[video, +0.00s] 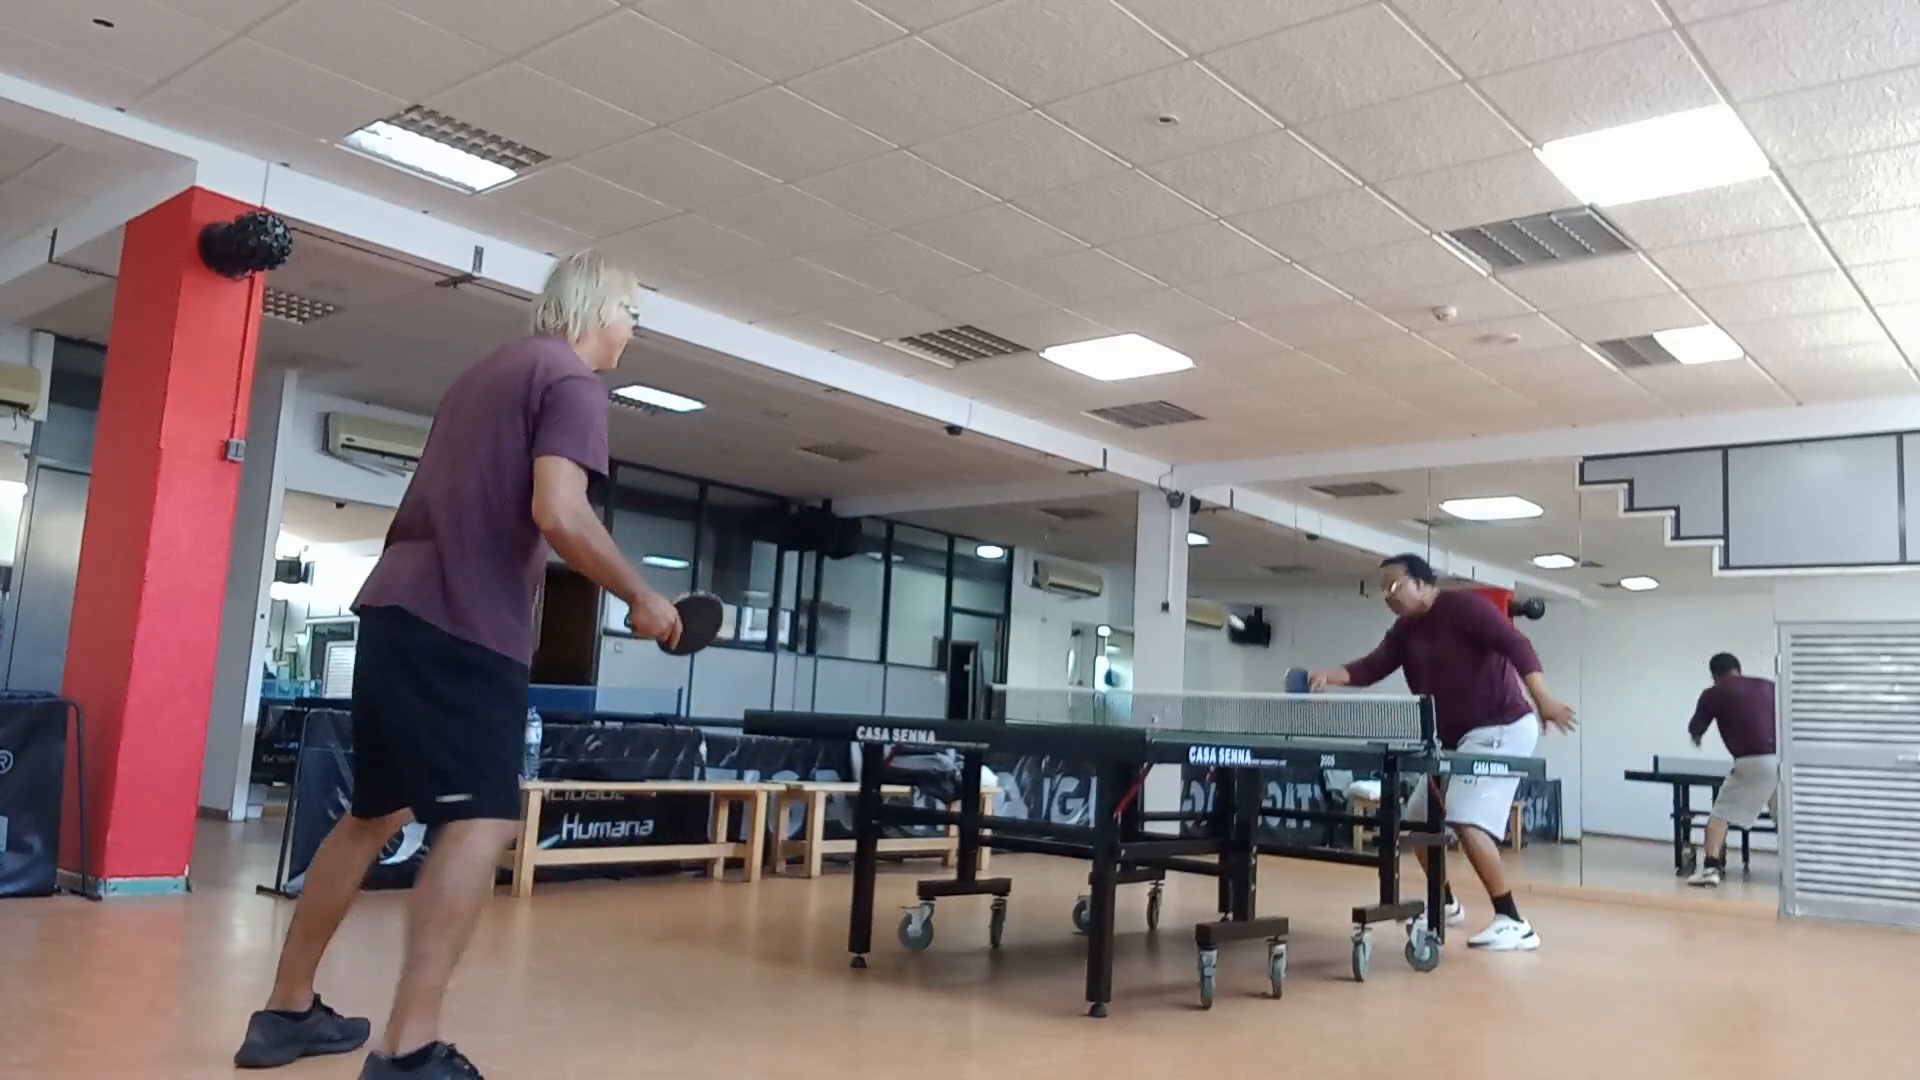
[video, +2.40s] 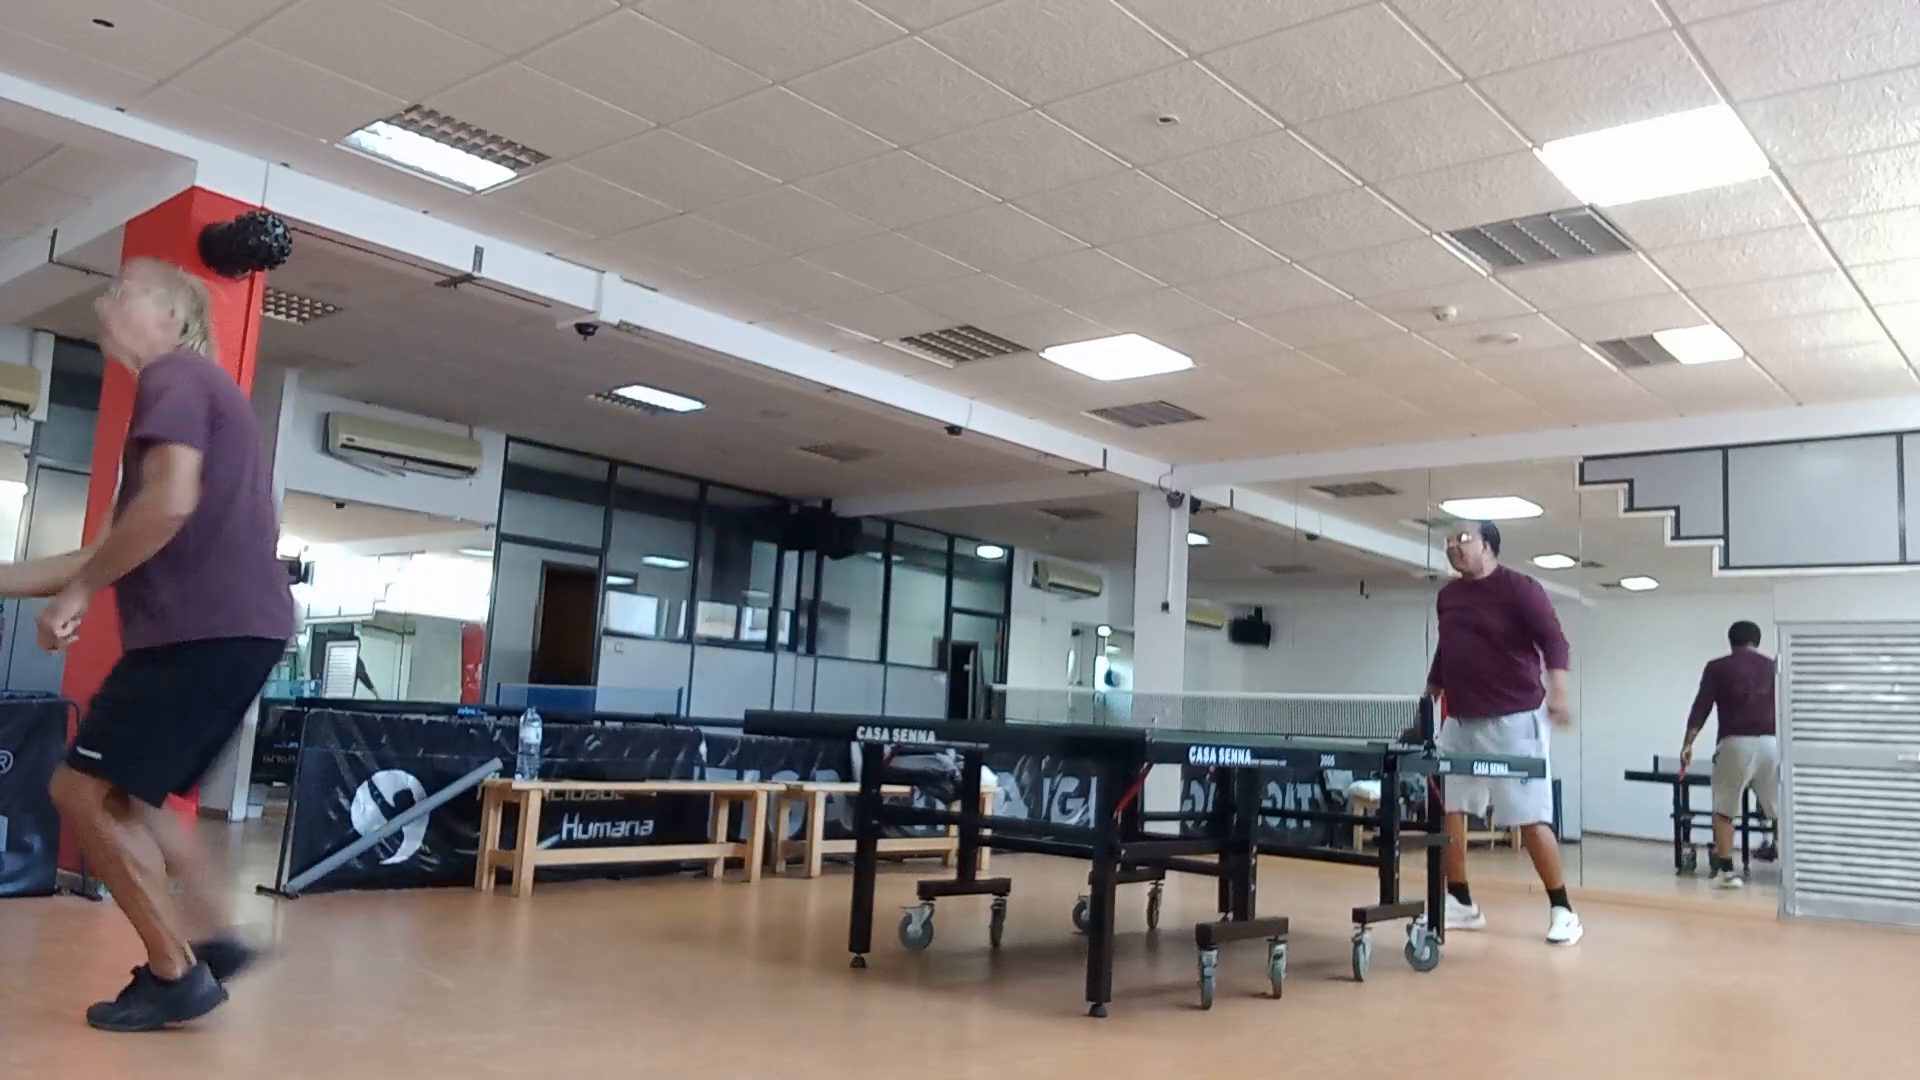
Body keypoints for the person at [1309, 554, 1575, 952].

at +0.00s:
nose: (1388, 597)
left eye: (1393, 586)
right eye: (1383, 592)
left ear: (1419, 581)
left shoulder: (1465, 605)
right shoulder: (1404, 632)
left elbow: (1517, 644)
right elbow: (1371, 667)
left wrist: (1542, 698)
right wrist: (1328, 676)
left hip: (1502, 728)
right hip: (1455, 739)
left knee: (1467, 818)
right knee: (1417, 822)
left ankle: (1512, 922)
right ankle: (1443, 902)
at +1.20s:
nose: (1434, 588)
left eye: (1442, 579)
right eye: (1428, 581)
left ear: (1464, 578)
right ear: (1423, 583)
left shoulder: (1497, 612)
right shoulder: (1416, 619)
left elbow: (1536, 669)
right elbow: (1393, 672)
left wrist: (1529, 727)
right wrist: (1381, 719)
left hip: (1500, 738)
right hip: (1442, 743)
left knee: (1526, 822)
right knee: (1401, 818)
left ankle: (1564, 912)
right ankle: (1384, 893)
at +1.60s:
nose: (1431, 595)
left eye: (1438, 586)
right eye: (1423, 588)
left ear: (1456, 580)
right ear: (1416, 586)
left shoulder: (1490, 607)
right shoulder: (1404, 613)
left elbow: (1542, 642)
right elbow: (1368, 644)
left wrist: (1561, 682)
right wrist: (1410, 661)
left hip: (1502, 732)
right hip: (1446, 737)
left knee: (1532, 817)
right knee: (1407, 819)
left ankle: (1571, 911)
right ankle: (1399, 897)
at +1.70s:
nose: (1422, 594)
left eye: (1429, 585)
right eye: (1414, 587)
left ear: (1447, 579)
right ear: (1407, 586)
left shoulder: (1480, 604)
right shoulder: (1399, 605)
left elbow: (1536, 619)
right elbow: (1359, 602)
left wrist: (1584, 650)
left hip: (1498, 735)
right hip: (1438, 739)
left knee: (1533, 820)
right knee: (1403, 822)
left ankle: (1572, 912)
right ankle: (1398, 900)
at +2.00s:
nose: (1435, 563)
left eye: (1443, 557)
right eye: (1430, 557)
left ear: (1467, 562)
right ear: (1425, 563)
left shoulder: (1497, 599)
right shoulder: (1407, 601)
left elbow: (1549, 622)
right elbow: (1373, 642)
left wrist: (1599, 639)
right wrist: (1341, 678)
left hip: (1488, 731)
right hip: (1425, 732)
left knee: (1520, 818)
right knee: (1403, 824)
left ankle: (1558, 910)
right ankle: (1396, 897)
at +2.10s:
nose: (1442, 560)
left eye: (1451, 553)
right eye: (1437, 555)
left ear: (1474, 559)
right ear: (1432, 563)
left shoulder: (1505, 598)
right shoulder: (1417, 602)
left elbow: (1560, 629)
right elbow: (1401, 659)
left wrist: (1620, 661)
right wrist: (1387, 706)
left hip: (1495, 730)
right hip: (1434, 732)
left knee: (1522, 823)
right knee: (1409, 827)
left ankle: (1556, 911)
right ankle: (1401, 898)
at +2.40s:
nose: (1454, 546)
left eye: (1463, 539)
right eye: (1450, 542)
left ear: (1487, 546)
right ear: (1449, 552)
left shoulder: (1521, 589)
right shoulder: (1448, 596)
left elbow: (1554, 641)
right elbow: (1446, 649)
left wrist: (1559, 695)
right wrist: (1429, 698)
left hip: (1516, 722)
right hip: (1460, 722)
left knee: (1531, 820)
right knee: (1448, 811)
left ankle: (1562, 911)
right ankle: (1460, 903)